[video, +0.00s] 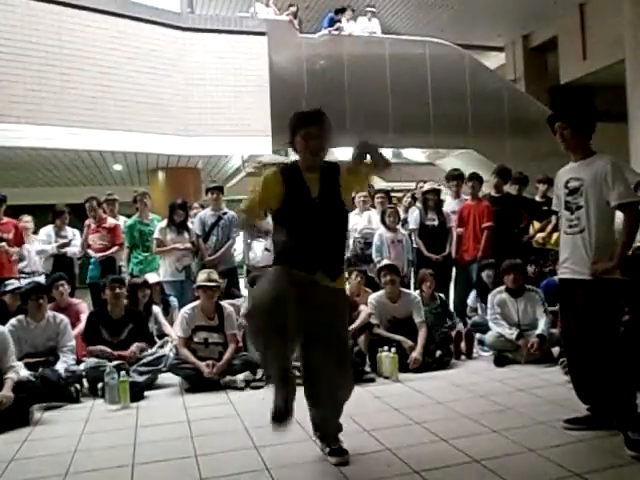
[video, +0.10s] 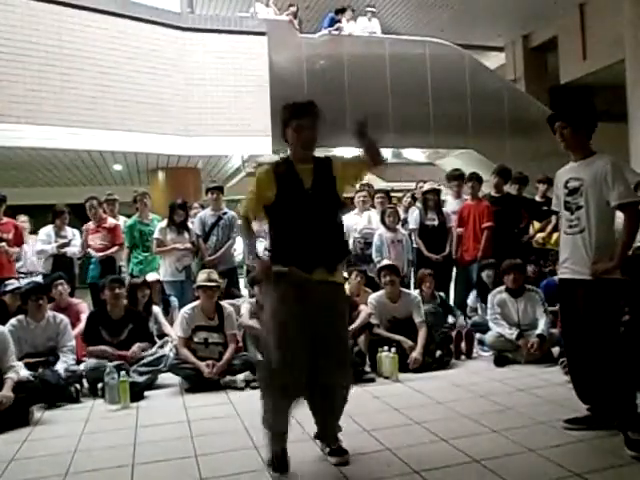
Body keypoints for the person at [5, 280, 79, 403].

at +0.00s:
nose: (40, 302)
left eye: (42, 298)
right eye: (35, 299)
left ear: (48, 300)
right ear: (26, 304)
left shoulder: (60, 321)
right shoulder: (14, 326)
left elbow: (68, 352)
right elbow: (11, 360)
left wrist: (57, 371)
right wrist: (26, 375)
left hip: (54, 369)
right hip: (27, 371)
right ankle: (68, 393)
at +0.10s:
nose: (40, 303)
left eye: (42, 299)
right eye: (35, 300)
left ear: (47, 301)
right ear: (26, 304)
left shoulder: (61, 321)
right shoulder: (14, 326)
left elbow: (68, 353)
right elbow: (11, 360)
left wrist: (57, 372)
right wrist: (27, 375)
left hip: (54, 369)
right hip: (28, 372)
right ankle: (66, 394)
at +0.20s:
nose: (40, 303)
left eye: (42, 299)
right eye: (35, 299)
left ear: (48, 301)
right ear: (26, 304)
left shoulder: (61, 322)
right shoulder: (14, 326)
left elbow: (68, 353)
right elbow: (11, 360)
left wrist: (56, 372)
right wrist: (28, 376)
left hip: (54, 369)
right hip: (27, 372)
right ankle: (66, 394)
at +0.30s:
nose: (39, 303)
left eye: (42, 299)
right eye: (34, 300)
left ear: (47, 301)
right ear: (25, 304)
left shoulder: (60, 321)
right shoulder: (14, 326)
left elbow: (69, 353)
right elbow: (10, 359)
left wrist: (55, 372)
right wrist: (25, 375)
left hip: (54, 368)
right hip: (28, 371)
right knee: (20, 388)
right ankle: (68, 394)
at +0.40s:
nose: (39, 303)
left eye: (42, 299)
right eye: (34, 300)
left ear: (47, 301)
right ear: (25, 304)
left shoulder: (60, 321)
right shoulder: (14, 326)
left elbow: (69, 352)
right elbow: (10, 359)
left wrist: (58, 371)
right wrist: (24, 375)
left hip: (53, 367)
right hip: (27, 370)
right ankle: (69, 394)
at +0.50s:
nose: (39, 303)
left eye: (42, 299)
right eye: (34, 300)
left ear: (47, 301)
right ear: (25, 305)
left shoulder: (60, 321)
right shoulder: (14, 326)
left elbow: (69, 352)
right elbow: (10, 359)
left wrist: (58, 371)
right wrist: (24, 375)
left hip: (53, 367)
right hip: (28, 370)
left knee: (76, 374)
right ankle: (69, 394)